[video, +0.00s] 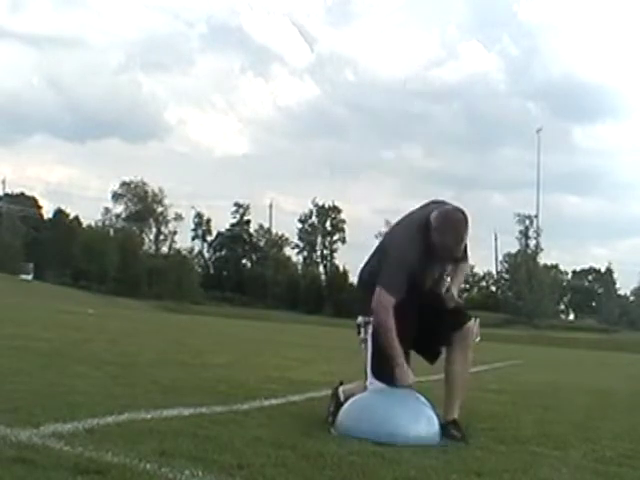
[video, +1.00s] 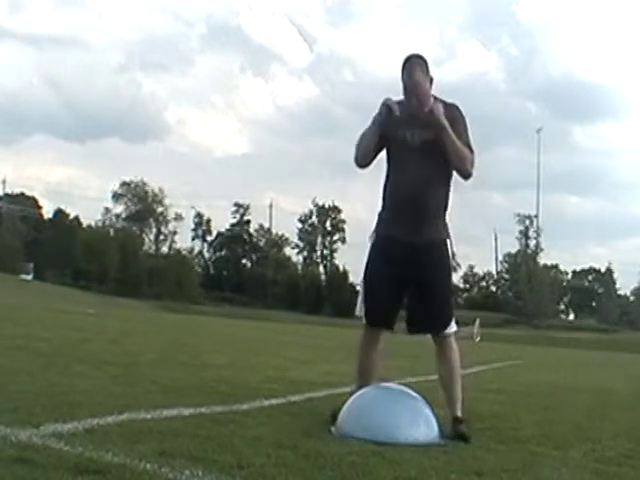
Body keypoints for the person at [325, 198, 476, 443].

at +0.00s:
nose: (450, 257)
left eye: (456, 252)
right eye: (445, 252)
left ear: (462, 234)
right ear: (434, 231)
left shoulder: (456, 223)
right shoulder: (406, 239)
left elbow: (462, 260)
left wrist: (452, 290)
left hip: (422, 292)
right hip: (386, 292)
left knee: (462, 329)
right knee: (393, 384)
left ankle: (451, 419)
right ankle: (343, 394)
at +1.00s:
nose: (414, 96)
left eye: (418, 88)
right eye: (408, 90)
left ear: (431, 84)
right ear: (401, 88)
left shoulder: (450, 115)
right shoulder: (391, 115)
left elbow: (466, 168)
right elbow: (362, 159)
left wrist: (441, 124)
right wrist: (383, 120)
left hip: (432, 241)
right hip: (389, 238)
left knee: (443, 333)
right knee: (373, 329)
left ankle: (456, 417)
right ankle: (360, 408)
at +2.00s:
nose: (377, 255)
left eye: (380, 248)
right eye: (370, 250)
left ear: (390, 226)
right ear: (360, 239)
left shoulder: (422, 226)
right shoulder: (360, 248)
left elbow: (462, 255)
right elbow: (355, 308)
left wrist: (438, 295)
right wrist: (371, 359)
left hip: (421, 308)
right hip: (384, 309)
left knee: (407, 389)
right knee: (340, 330)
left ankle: (463, 411)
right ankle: (351, 404)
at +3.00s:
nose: (431, 150)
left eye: (436, 143)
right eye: (425, 143)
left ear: (445, 135)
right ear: (416, 133)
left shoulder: (450, 151)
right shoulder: (391, 150)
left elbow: (466, 207)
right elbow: (352, 188)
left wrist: (457, 194)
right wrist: (376, 211)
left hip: (431, 257)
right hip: (391, 258)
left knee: (463, 330)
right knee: (374, 357)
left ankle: (454, 419)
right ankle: (343, 398)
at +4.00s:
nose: (405, 267)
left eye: (410, 262)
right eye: (400, 262)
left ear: (420, 248)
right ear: (387, 249)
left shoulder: (437, 256)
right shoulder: (373, 249)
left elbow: (432, 327)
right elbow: (366, 322)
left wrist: (413, 384)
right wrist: (375, 383)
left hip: (426, 317)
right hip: (388, 321)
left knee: (466, 339)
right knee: (362, 405)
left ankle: (451, 419)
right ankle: (332, 392)